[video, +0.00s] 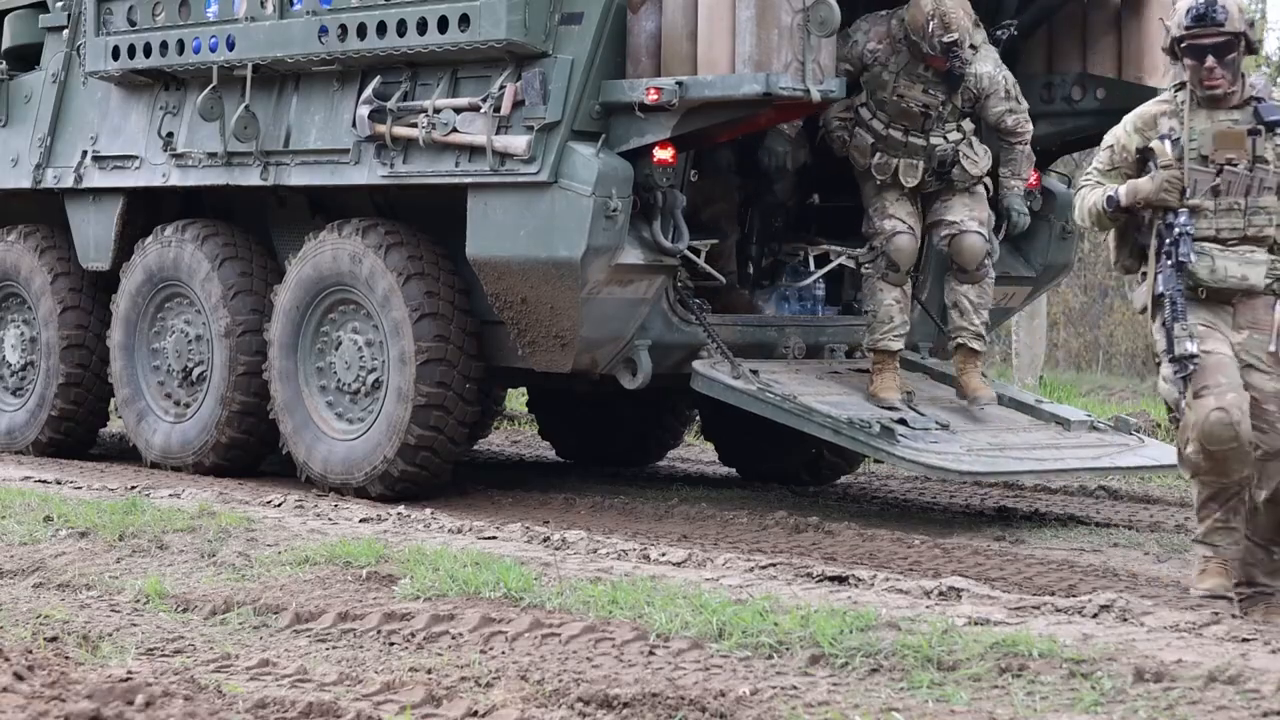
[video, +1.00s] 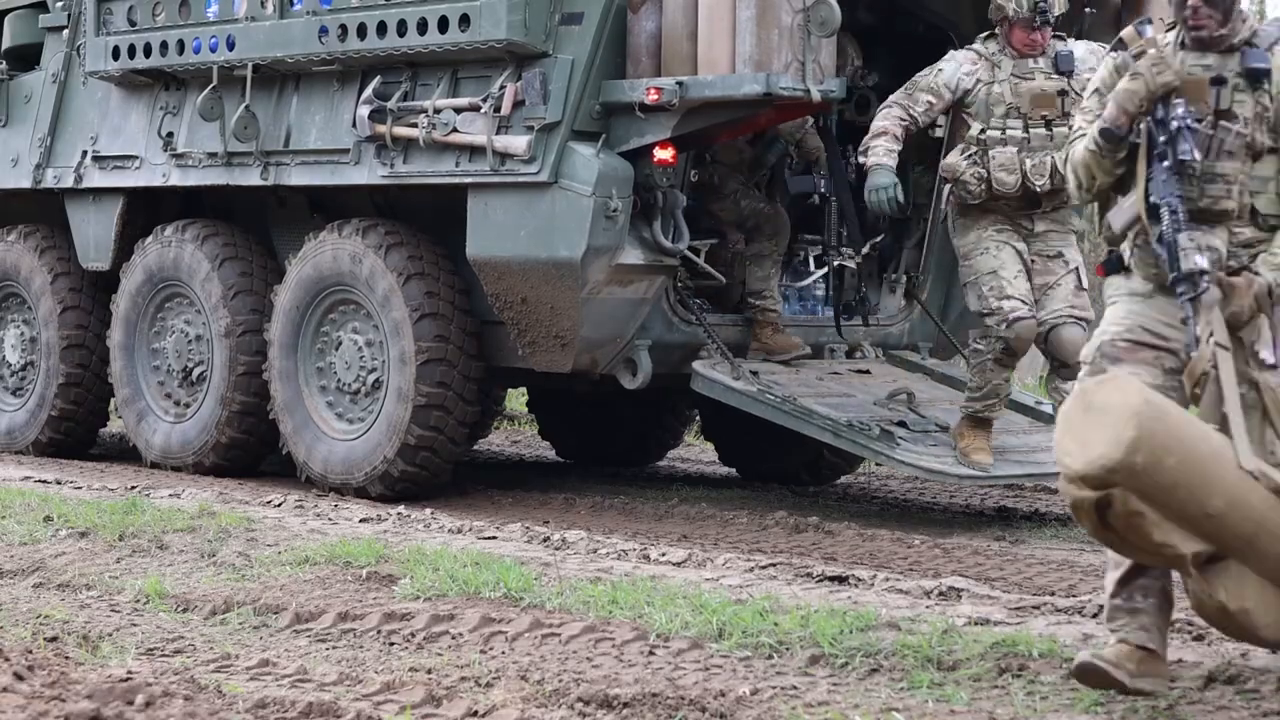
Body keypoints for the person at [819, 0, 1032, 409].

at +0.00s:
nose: (953, 61)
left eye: (959, 50)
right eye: (942, 52)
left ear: (969, 37)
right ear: (917, 37)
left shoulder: (983, 65)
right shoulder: (874, 38)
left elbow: (1015, 131)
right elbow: (821, 69)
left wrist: (1015, 194)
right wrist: (843, 132)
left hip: (957, 169)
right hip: (887, 164)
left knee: (971, 247)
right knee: (897, 247)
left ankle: (969, 367)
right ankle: (885, 368)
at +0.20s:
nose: (985, 58)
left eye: (994, 49)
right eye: (978, 47)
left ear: (1006, 39)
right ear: (956, 30)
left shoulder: (1017, 70)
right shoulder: (910, 36)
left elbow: (1040, 141)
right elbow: (857, 83)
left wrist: (1036, 208)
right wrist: (821, 131)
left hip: (979, 179)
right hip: (910, 169)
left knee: (987, 272)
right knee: (920, 259)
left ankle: (992, 392)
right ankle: (892, 370)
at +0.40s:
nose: (1012, 33)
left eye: (1024, 22)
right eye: (1007, 18)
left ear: (1034, 22)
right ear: (984, 10)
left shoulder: (1041, 65)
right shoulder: (933, 34)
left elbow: (1071, 143)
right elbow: (874, 85)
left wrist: (1082, 208)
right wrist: (828, 134)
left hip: (1003, 179)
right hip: (931, 167)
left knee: (1009, 278)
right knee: (949, 251)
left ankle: (994, 392)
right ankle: (949, 376)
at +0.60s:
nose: (1020, 26)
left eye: (1028, 18)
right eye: (1012, 15)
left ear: (1037, 15)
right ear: (986, 6)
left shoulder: (1049, 49)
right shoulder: (937, 37)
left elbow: (1094, 113)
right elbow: (878, 93)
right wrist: (836, 147)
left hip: (1020, 184)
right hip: (953, 180)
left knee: (1030, 296)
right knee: (977, 285)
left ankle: (997, 391)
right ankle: (968, 408)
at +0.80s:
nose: (1025, 28)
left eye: (1032, 20)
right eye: (1016, 18)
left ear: (1041, 19)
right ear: (991, 13)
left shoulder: (1062, 57)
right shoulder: (946, 57)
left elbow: (1115, 108)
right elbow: (898, 134)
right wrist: (865, 204)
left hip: (1036, 201)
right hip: (967, 200)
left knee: (1074, 294)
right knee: (996, 295)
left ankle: (1036, 400)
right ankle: (975, 419)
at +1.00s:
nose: (1040, 35)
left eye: (1047, 26)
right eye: (1030, 25)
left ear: (1056, 24)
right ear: (1003, 22)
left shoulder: (1075, 60)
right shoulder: (967, 66)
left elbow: (1132, 68)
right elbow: (900, 109)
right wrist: (881, 165)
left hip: (1053, 216)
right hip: (984, 216)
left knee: (1071, 340)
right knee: (1013, 325)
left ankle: (1083, 443)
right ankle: (976, 427)